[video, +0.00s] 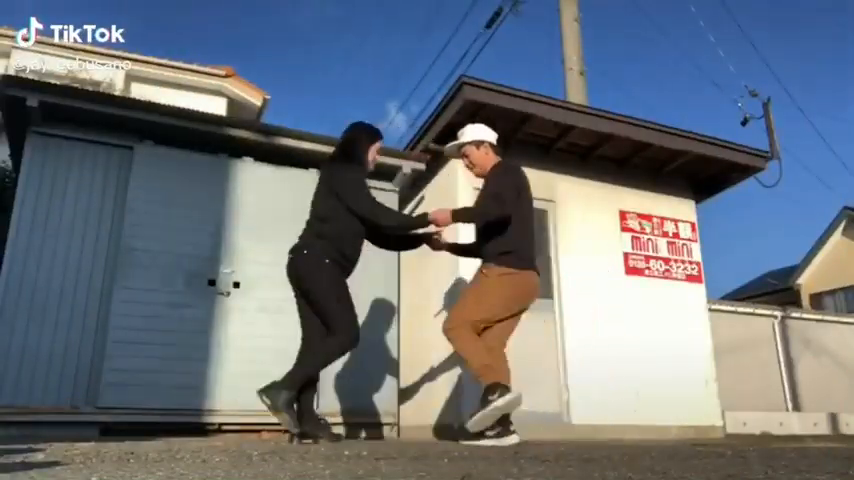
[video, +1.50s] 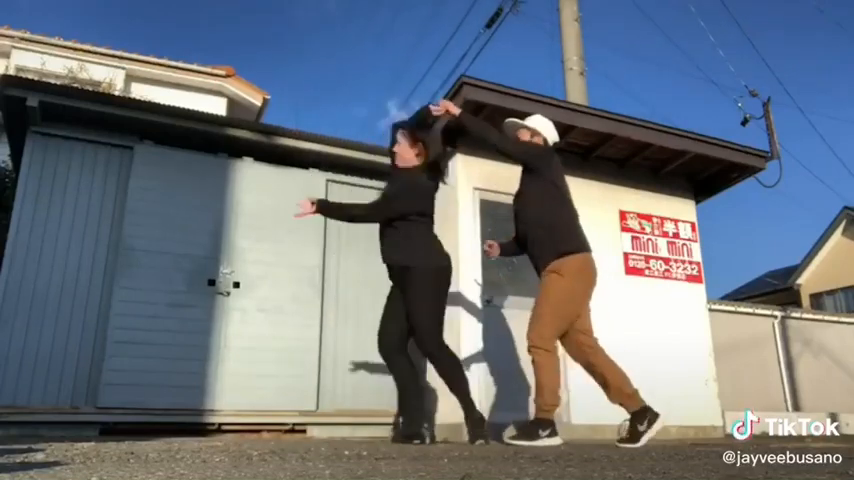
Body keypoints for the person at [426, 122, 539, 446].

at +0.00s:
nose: (465, 163)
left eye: (466, 155)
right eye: (462, 158)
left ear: (484, 147)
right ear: (486, 151)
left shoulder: (503, 174)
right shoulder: (508, 182)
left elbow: (493, 212)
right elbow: (486, 248)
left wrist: (453, 215)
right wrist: (446, 246)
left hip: (505, 272)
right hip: (522, 277)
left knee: (457, 325)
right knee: (491, 345)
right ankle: (500, 426)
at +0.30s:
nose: (446, 162)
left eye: (447, 155)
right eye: (443, 157)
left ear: (465, 148)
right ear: (460, 151)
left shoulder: (481, 177)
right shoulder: (476, 184)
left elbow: (456, 221)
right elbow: (467, 246)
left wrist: (407, 219)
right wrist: (433, 245)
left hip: (490, 273)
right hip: (471, 273)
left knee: (463, 347)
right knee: (437, 339)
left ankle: (426, 420)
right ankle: (483, 405)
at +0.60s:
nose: (450, 158)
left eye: (451, 150)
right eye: (447, 153)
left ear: (469, 141)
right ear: (463, 147)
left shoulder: (497, 165)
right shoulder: (468, 186)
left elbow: (511, 208)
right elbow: (442, 231)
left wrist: (466, 210)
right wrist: (401, 213)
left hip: (495, 264)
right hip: (483, 265)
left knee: (454, 334)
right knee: (465, 338)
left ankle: (437, 416)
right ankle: (490, 416)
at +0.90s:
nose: (472, 155)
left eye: (473, 147)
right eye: (470, 150)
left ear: (492, 140)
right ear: (484, 145)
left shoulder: (518, 168)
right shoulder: (491, 186)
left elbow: (535, 211)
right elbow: (476, 234)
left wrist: (489, 217)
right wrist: (434, 229)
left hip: (532, 267)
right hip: (503, 272)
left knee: (528, 343)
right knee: (491, 343)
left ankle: (563, 419)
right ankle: (496, 421)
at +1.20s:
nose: (503, 144)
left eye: (507, 137)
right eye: (501, 140)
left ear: (526, 137)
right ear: (516, 142)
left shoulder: (543, 168)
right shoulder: (518, 188)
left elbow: (518, 171)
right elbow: (525, 236)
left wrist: (484, 142)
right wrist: (509, 228)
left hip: (567, 265)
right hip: (549, 270)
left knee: (560, 343)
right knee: (551, 347)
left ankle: (569, 425)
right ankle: (617, 399)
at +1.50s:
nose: (517, 136)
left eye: (524, 132)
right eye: (518, 131)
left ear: (541, 139)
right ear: (527, 137)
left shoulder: (542, 159)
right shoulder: (527, 185)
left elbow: (502, 141)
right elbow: (529, 240)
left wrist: (458, 115)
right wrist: (502, 248)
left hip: (569, 266)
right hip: (564, 269)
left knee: (540, 340)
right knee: (581, 345)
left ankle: (544, 423)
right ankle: (640, 411)